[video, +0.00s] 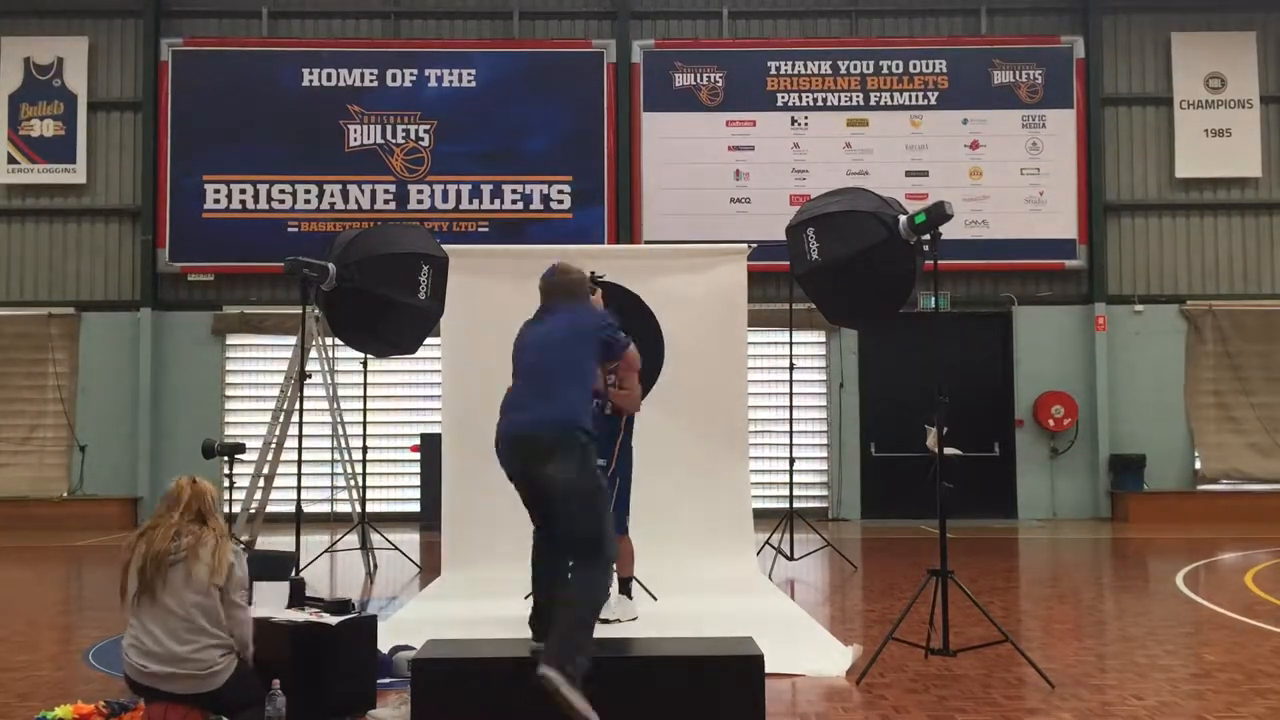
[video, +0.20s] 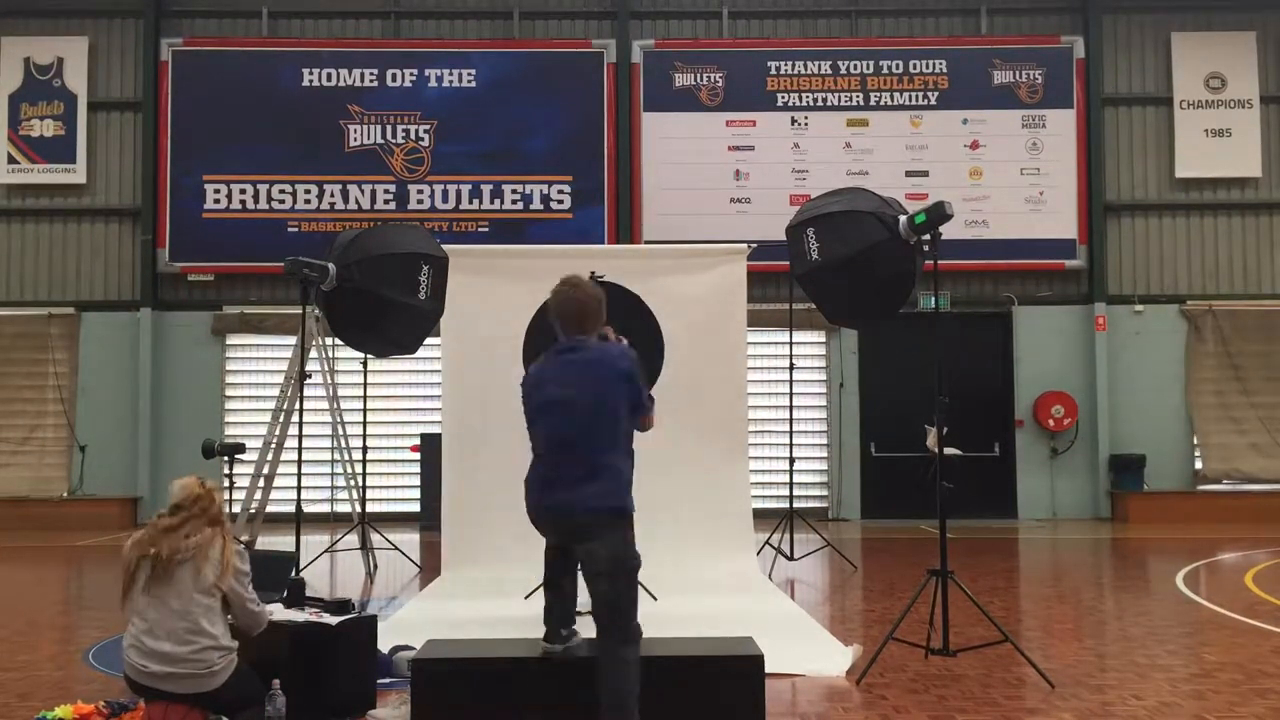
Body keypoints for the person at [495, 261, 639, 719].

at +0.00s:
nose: (598, 299)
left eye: (594, 292)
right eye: (594, 293)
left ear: (546, 297)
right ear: (587, 296)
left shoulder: (528, 330)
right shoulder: (595, 319)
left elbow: (543, 378)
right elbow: (629, 357)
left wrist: (597, 382)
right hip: (562, 437)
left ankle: (545, 632)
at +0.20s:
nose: (603, 323)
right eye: (601, 317)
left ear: (554, 322)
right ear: (602, 320)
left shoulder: (535, 375)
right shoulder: (621, 360)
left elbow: (545, 435)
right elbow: (644, 418)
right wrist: (621, 358)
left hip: (546, 511)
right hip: (604, 513)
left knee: (560, 535)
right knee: (618, 633)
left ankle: (557, 631)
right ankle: (620, 716)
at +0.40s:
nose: (638, 329)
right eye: (635, 324)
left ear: (582, 328)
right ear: (633, 328)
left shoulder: (561, 379)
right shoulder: (645, 367)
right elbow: (675, 401)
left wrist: (601, 353)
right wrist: (651, 349)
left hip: (575, 520)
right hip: (634, 524)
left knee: (585, 561)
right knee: (629, 656)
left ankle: (561, 637)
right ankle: (621, 716)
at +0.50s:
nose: (636, 330)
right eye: (634, 324)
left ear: (581, 330)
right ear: (631, 328)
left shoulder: (562, 380)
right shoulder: (645, 366)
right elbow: (673, 402)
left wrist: (598, 351)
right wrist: (647, 346)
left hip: (578, 519)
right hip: (637, 522)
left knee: (586, 564)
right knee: (634, 648)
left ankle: (561, 636)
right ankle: (623, 715)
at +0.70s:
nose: (676, 334)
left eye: (620, 329)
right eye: (675, 329)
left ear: (623, 334)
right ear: (673, 332)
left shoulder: (607, 380)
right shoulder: (687, 367)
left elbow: (598, 450)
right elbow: (713, 405)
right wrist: (690, 354)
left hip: (619, 519)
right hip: (675, 522)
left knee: (636, 562)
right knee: (670, 650)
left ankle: (624, 631)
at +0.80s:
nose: (681, 335)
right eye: (681, 329)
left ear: (630, 332)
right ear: (680, 333)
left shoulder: (612, 379)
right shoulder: (694, 369)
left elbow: (600, 448)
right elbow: (720, 406)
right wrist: (696, 354)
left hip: (621, 519)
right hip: (679, 522)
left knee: (642, 558)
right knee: (674, 650)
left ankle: (625, 630)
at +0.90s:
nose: (617, 330)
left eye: (617, 323)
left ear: (618, 327)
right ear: (667, 325)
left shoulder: (598, 391)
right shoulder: (690, 376)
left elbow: (593, 459)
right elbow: (707, 443)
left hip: (616, 524)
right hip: (673, 527)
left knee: (642, 559)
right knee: (670, 650)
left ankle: (626, 631)